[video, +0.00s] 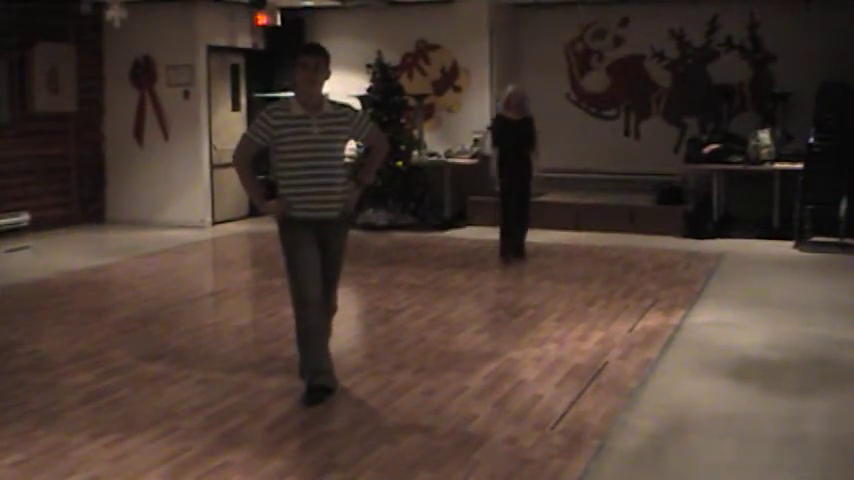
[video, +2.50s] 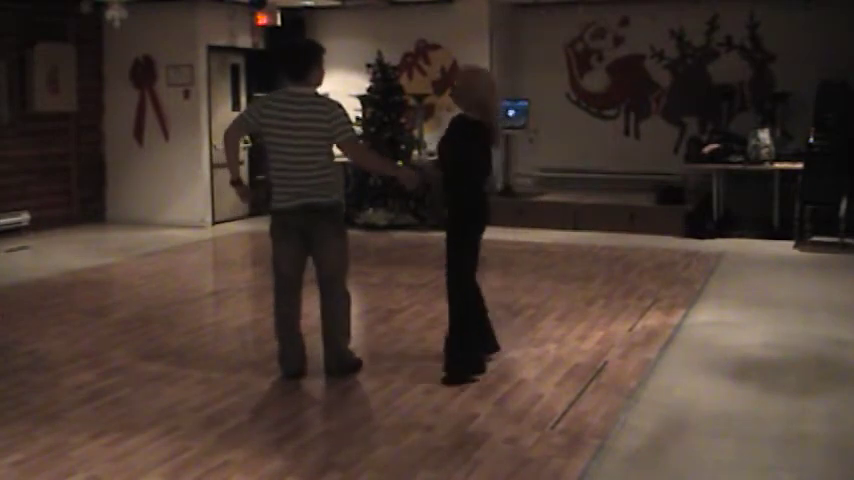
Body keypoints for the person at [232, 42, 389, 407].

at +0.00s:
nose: (309, 76)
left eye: (316, 70)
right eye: (303, 69)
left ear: (327, 75)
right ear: (293, 74)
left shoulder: (343, 115)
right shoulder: (274, 116)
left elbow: (380, 145)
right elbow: (241, 157)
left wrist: (357, 186)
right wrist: (261, 201)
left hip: (335, 218)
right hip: (295, 219)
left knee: (326, 297)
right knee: (308, 298)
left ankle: (314, 361)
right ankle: (318, 378)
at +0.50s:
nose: (313, 75)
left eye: (319, 69)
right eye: (307, 68)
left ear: (328, 74)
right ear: (296, 72)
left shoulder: (339, 114)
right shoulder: (278, 115)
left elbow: (373, 143)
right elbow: (247, 156)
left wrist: (354, 180)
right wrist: (265, 201)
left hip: (336, 216)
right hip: (299, 218)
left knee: (328, 296)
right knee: (314, 295)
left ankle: (312, 362)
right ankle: (318, 378)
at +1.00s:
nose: (320, 72)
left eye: (316, 66)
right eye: (317, 66)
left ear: (287, 73)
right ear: (312, 70)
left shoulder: (279, 112)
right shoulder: (328, 104)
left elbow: (259, 151)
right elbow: (356, 146)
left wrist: (282, 176)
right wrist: (349, 185)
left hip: (294, 212)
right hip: (328, 210)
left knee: (308, 286)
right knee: (336, 290)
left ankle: (300, 364)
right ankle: (333, 369)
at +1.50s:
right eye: (302, 64)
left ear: (274, 72)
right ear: (305, 69)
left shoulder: (263, 110)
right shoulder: (327, 106)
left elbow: (226, 147)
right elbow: (363, 142)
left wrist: (246, 179)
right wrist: (380, 164)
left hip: (283, 215)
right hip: (326, 212)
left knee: (285, 293)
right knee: (328, 296)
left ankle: (294, 368)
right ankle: (329, 375)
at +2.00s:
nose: (307, 70)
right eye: (305, 64)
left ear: (271, 70)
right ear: (303, 69)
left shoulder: (257, 109)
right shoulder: (320, 105)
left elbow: (223, 145)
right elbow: (355, 142)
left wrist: (242, 182)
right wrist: (388, 163)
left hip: (279, 211)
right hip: (322, 208)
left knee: (284, 289)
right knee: (330, 283)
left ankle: (292, 363)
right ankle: (333, 360)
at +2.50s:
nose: (324, 71)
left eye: (322, 65)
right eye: (321, 65)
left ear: (286, 68)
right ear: (313, 68)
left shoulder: (266, 105)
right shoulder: (327, 108)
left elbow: (231, 135)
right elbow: (357, 154)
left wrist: (236, 179)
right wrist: (399, 171)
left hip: (284, 212)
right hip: (326, 211)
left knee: (286, 290)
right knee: (333, 286)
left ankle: (291, 363)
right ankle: (337, 358)